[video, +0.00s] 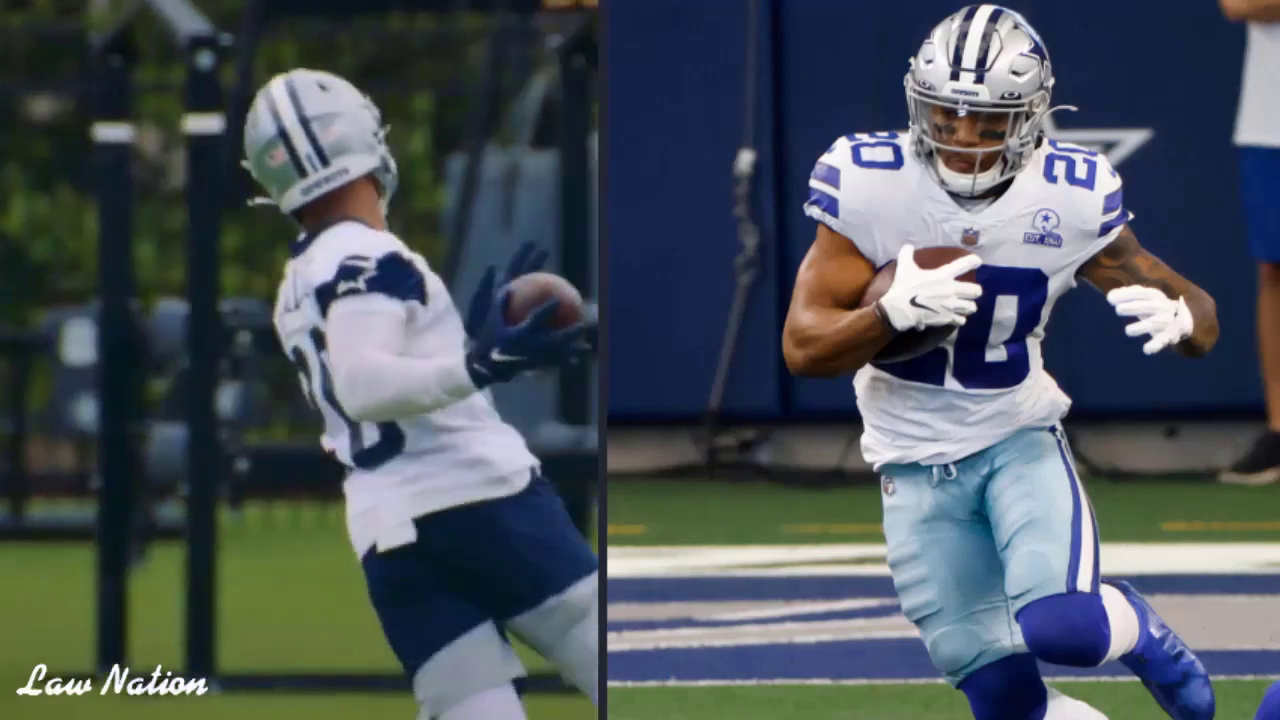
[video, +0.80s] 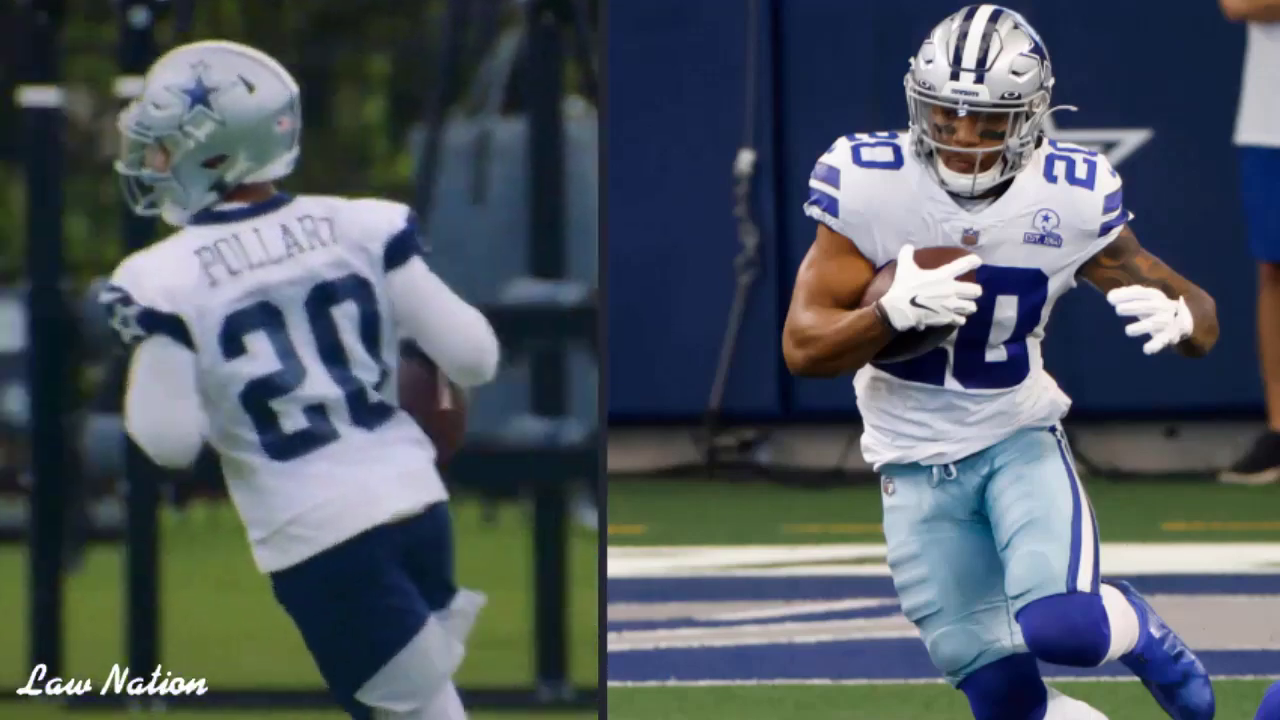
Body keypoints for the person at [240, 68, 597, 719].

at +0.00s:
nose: (385, 147)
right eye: (377, 136)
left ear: (277, 188)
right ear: (372, 148)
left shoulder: (293, 289)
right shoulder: (366, 254)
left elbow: (375, 388)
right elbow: (363, 384)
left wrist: (476, 334)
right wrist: (479, 367)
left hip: (389, 539)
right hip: (484, 502)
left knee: (476, 708)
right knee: (625, 671)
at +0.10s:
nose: (394, 172)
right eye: (389, 161)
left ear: (292, 219)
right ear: (389, 174)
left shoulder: (298, 332)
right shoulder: (410, 271)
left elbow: (348, 476)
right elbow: (435, 401)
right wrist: (565, 381)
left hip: (405, 576)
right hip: (512, 539)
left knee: (488, 708)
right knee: (609, 698)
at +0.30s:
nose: (199, 217)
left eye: (208, 201)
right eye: (196, 202)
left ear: (243, 206)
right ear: (315, 181)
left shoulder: (199, 326)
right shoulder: (399, 242)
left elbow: (203, 469)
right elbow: (537, 327)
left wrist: (288, 471)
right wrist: (516, 359)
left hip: (356, 582)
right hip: (466, 540)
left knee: (432, 707)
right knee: (535, 703)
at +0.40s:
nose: (115, 211)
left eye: (126, 193)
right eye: (112, 194)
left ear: (168, 191)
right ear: (228, 171)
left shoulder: (136, 314)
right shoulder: (323, 224)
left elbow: (163, 469)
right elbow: (458, 297)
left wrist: (204, 465)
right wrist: (478, 381)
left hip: (295, 569)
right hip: (401, 516)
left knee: (384, 706)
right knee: (490, 690)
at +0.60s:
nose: (107, 220)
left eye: (114, 204)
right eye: (106, 204)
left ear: (145, 209)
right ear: (229, 186)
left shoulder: (125, 340)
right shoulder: (310, 259)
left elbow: (146, 497)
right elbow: (440, 335)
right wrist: (511, 393)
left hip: (291, 582)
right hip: (396, 538)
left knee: (402, 712)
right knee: (446, 683)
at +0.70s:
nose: (94, 170)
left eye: (102, 154)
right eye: (93, 154)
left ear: (137, 156)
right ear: (216, 139)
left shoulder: (93, 283)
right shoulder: (298, 222)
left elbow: (88, 440)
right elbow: (408, 325)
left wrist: (98, 346)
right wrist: (467, 369)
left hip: (272, 531)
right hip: (373, 484)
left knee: (396, 692)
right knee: (359, 680)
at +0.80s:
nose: (148, 167)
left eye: (156, 150)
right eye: (147, 148)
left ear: (191, 155)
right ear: (278, 139)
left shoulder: (163, 276)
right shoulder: (363, 224)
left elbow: (169, 442)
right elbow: (473, 351)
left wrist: (160, 345)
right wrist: (450, 379)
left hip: (317, 538)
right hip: (422, 506)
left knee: (429, 711)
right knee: (401, 701)